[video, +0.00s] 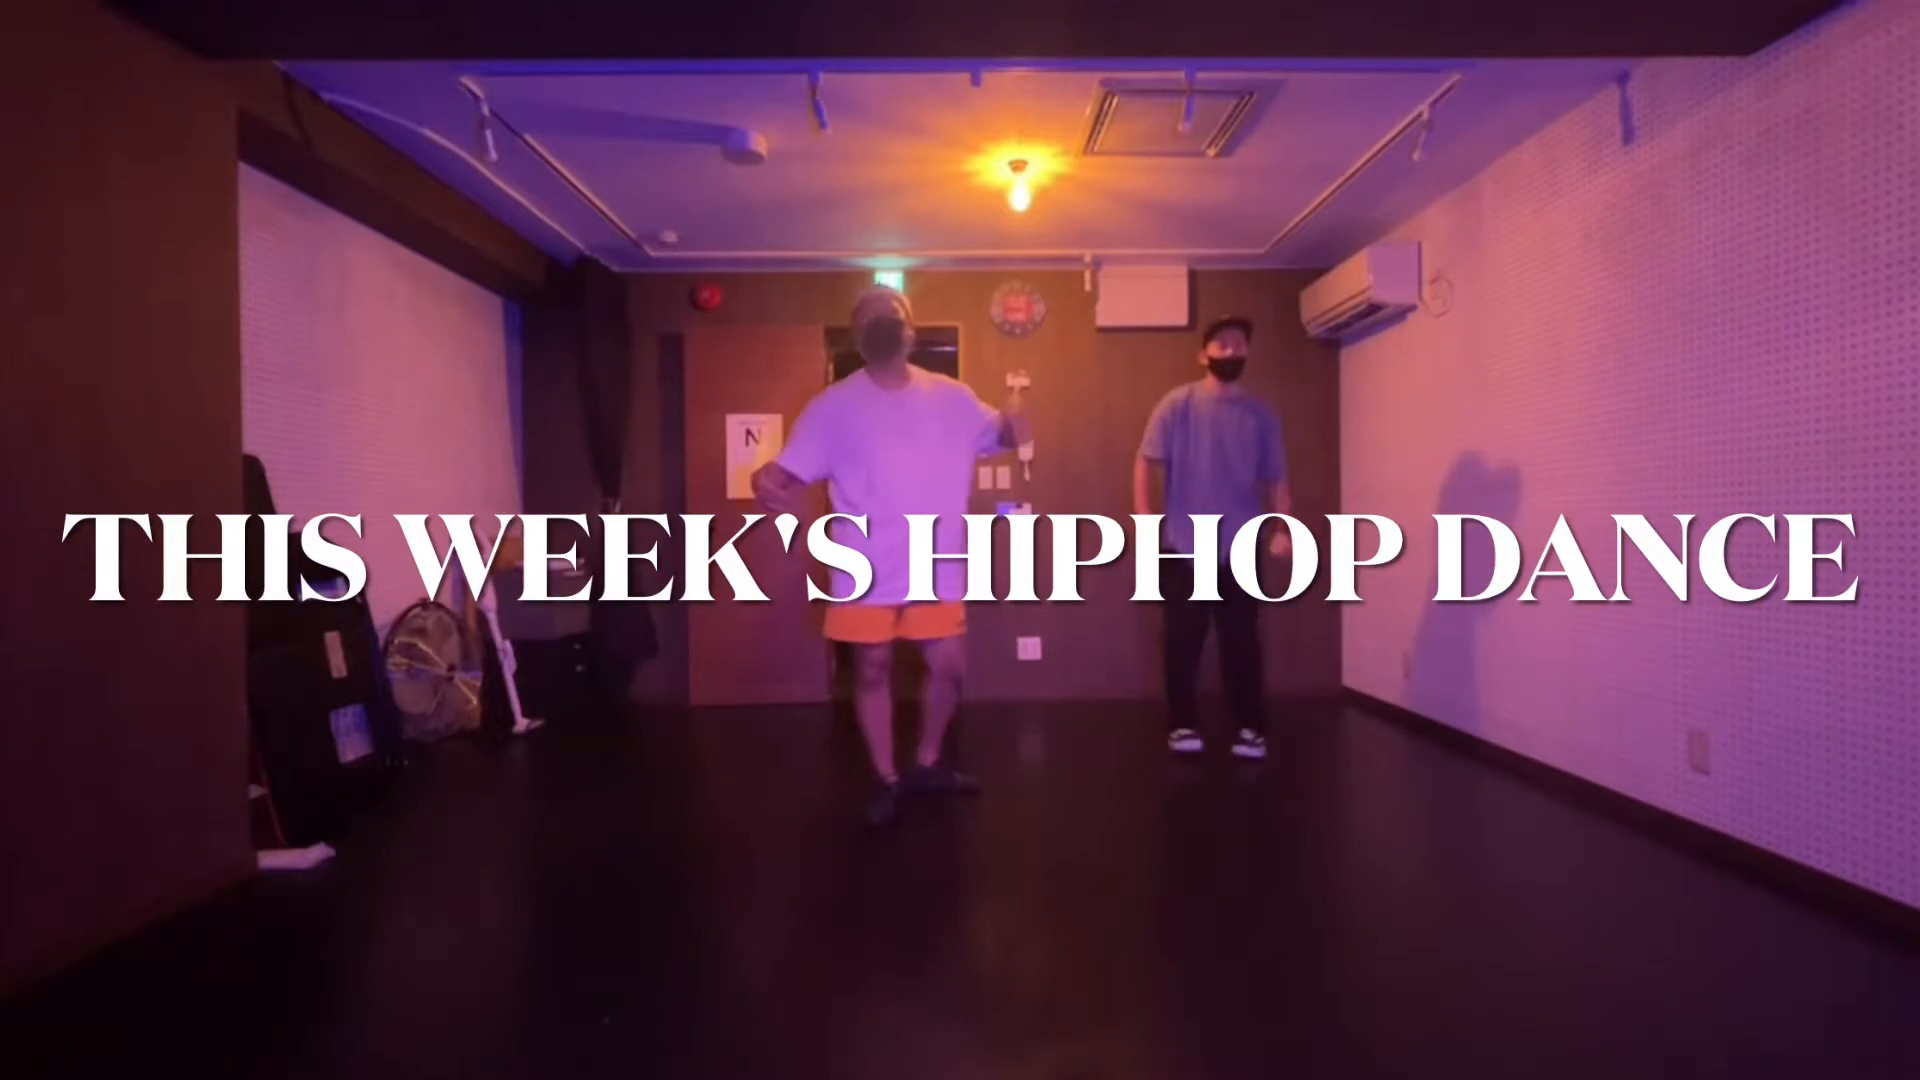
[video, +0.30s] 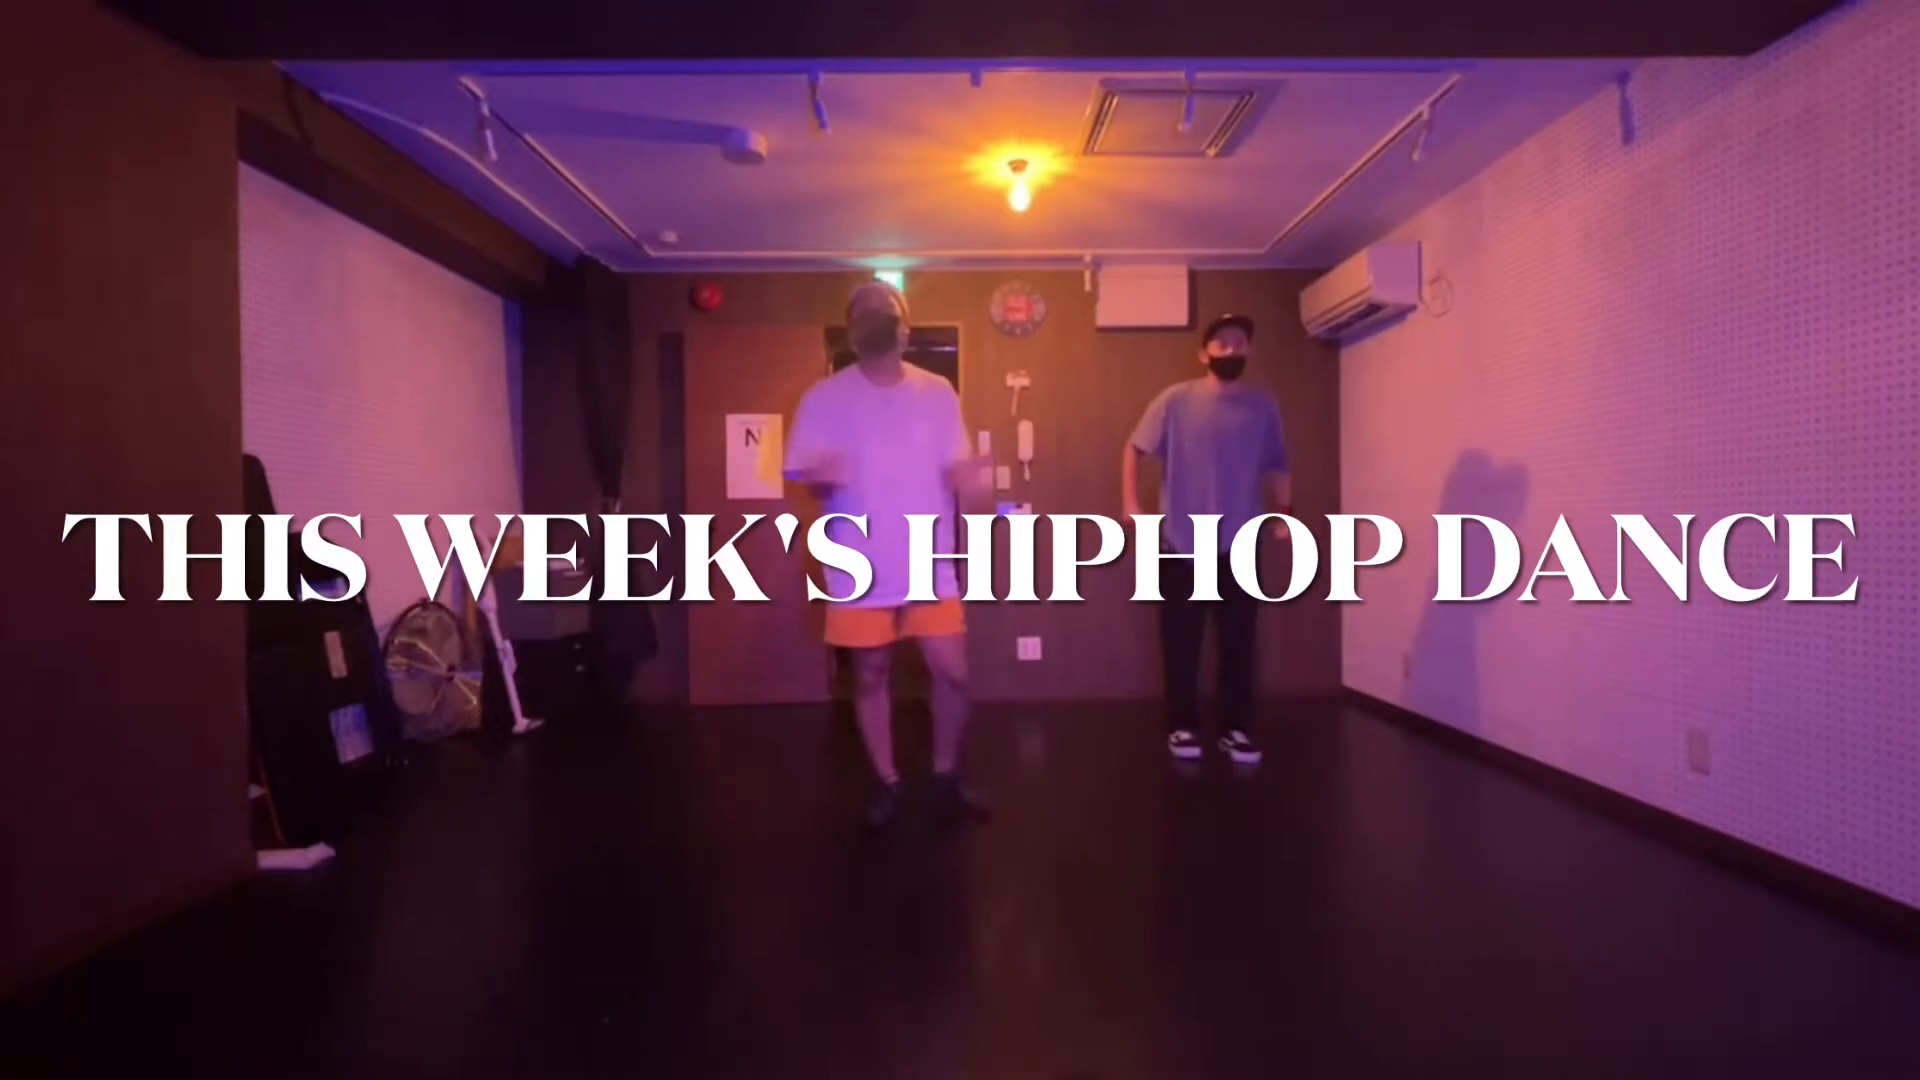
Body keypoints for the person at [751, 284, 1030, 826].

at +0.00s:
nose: (884, 328)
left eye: (893, 320)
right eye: (872, 322)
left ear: (912, 332)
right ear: (856, 338)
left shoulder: (950, 397)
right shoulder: (834, 407)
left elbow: (1013, 438)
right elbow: (779, 479)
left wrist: (1015, 405)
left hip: (939, 566)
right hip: (865, 569)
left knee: (947, 666)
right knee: (873, 669)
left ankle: (929, 764)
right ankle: (886, 781)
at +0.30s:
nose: (879, 324)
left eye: (889, 316)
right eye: (867, 316)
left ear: (906, 327)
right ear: (850, 330)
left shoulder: (937, 392)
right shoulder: (823, 399)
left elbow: (958, 474)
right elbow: (801, 483)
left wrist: (977, 480)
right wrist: (819, 476)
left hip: (932, 564)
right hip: (858, 569)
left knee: (953, 672)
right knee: (870, 675)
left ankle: (945, 776)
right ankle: (886, 783)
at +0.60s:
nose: (900, 323)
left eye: (910, 314)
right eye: (889, 313)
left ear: (925, 322)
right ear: (868, 320)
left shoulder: (951, 394)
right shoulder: (835, 388)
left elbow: (977, 484)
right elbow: (813, 473)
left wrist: (954, 516)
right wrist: (888, 514)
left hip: (937, 565)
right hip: (863, 565)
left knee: (952, 676)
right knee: (874, 678)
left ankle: (975, 808)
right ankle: (888, 787)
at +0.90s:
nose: (926, 304)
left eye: (938, 296)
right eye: (916, 294)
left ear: (956, 315)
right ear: (896, 309)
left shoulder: (981, 393)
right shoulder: (849, 377)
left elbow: (1019, 490)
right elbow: (808, 454)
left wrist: (1039, 568)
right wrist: (788, 538)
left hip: (948, 576)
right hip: (863, 573)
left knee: (962, 695)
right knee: (865, 697)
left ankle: (974, 827)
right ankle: (895, 765)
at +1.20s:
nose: (857, 297)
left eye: (869, 286)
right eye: (847, 288)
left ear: (894, 296)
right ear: (836, 303)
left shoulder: (944, 371)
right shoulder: (825, 383)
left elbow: (1019, 423)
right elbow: (789, 470)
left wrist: (1051, 467)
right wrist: (732, 516)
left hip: (927, 574)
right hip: (841, 573)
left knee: (953, 700)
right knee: (812, 691)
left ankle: (972, 830)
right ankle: (807, 844)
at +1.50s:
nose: (740, 308)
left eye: (752, 295)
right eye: (738, 297)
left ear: (785, 300)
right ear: (748, 307)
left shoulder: (814, 355)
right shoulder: (755, 388)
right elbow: (761, 490)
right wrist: (766, 565)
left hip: (829, 573)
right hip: (772, 576)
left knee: (839, 709)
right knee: (747, 695)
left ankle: (953, 805)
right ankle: (746, 858)